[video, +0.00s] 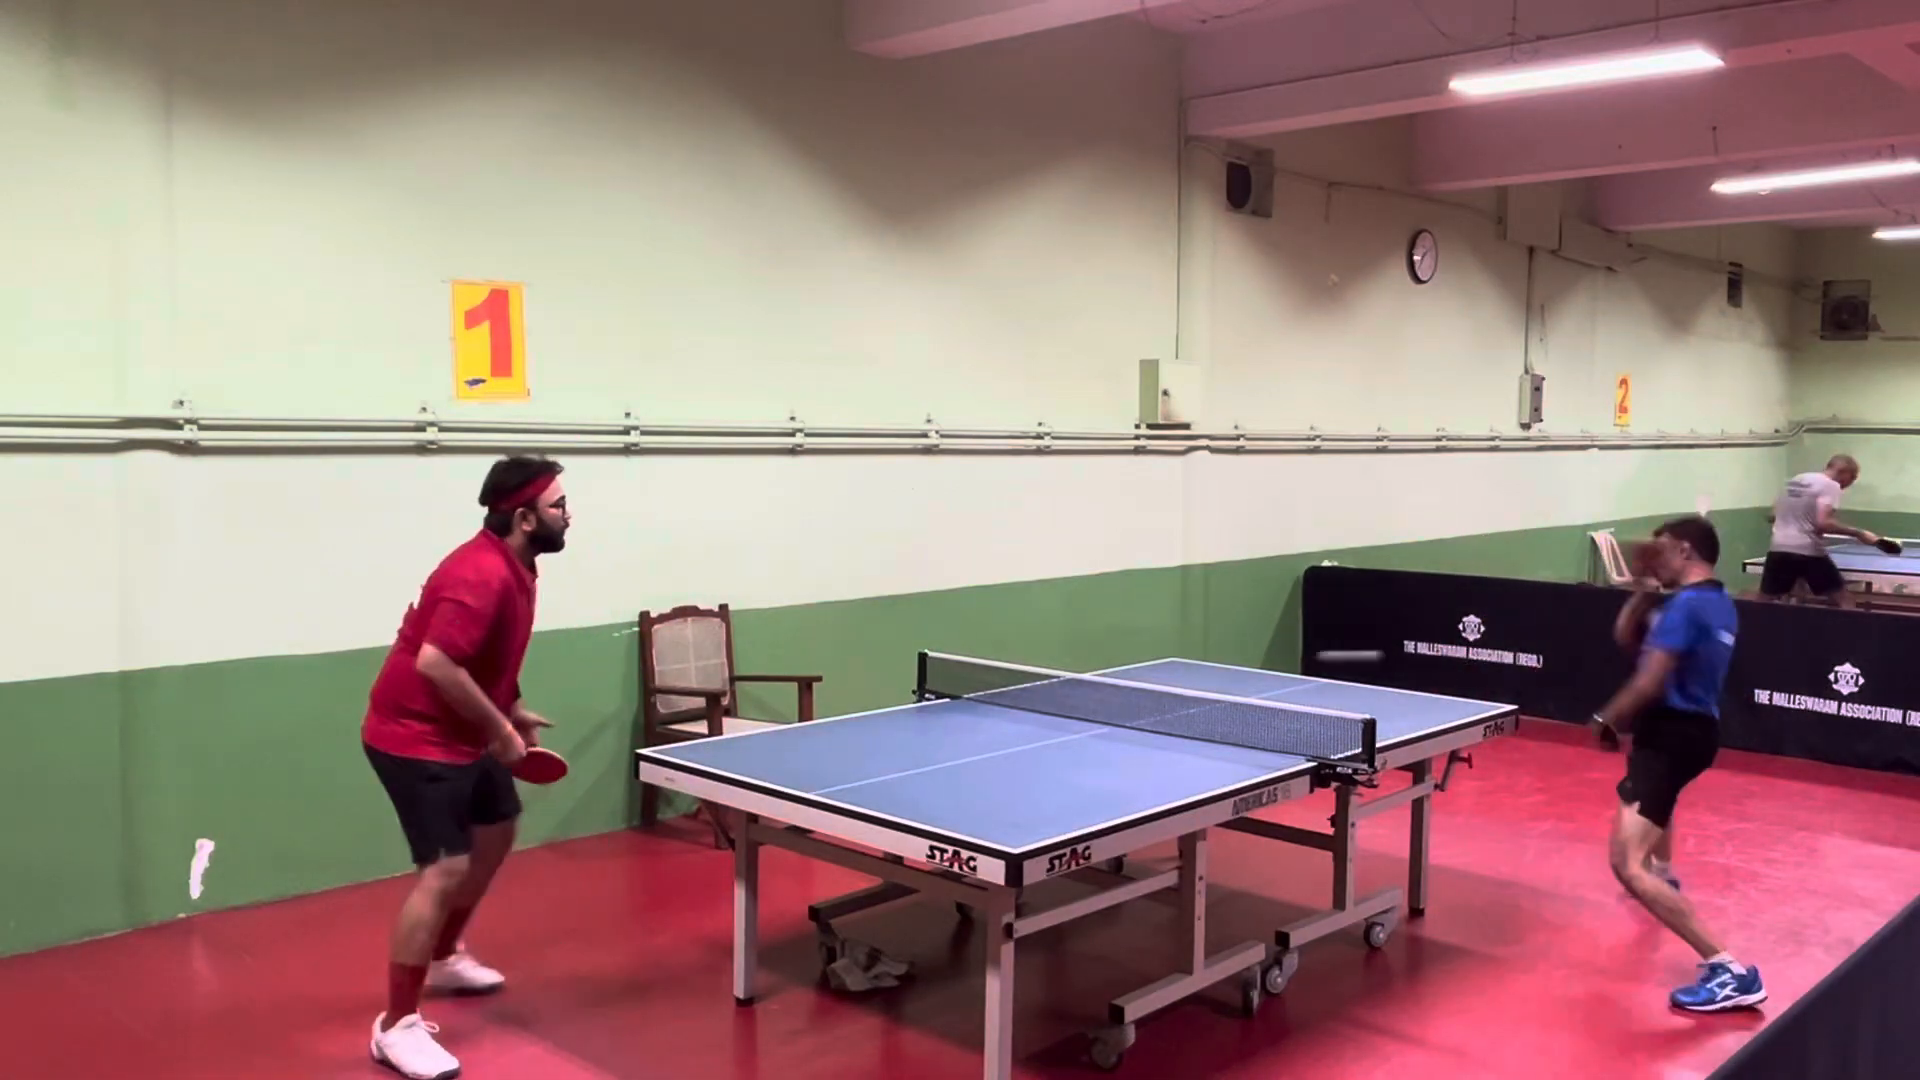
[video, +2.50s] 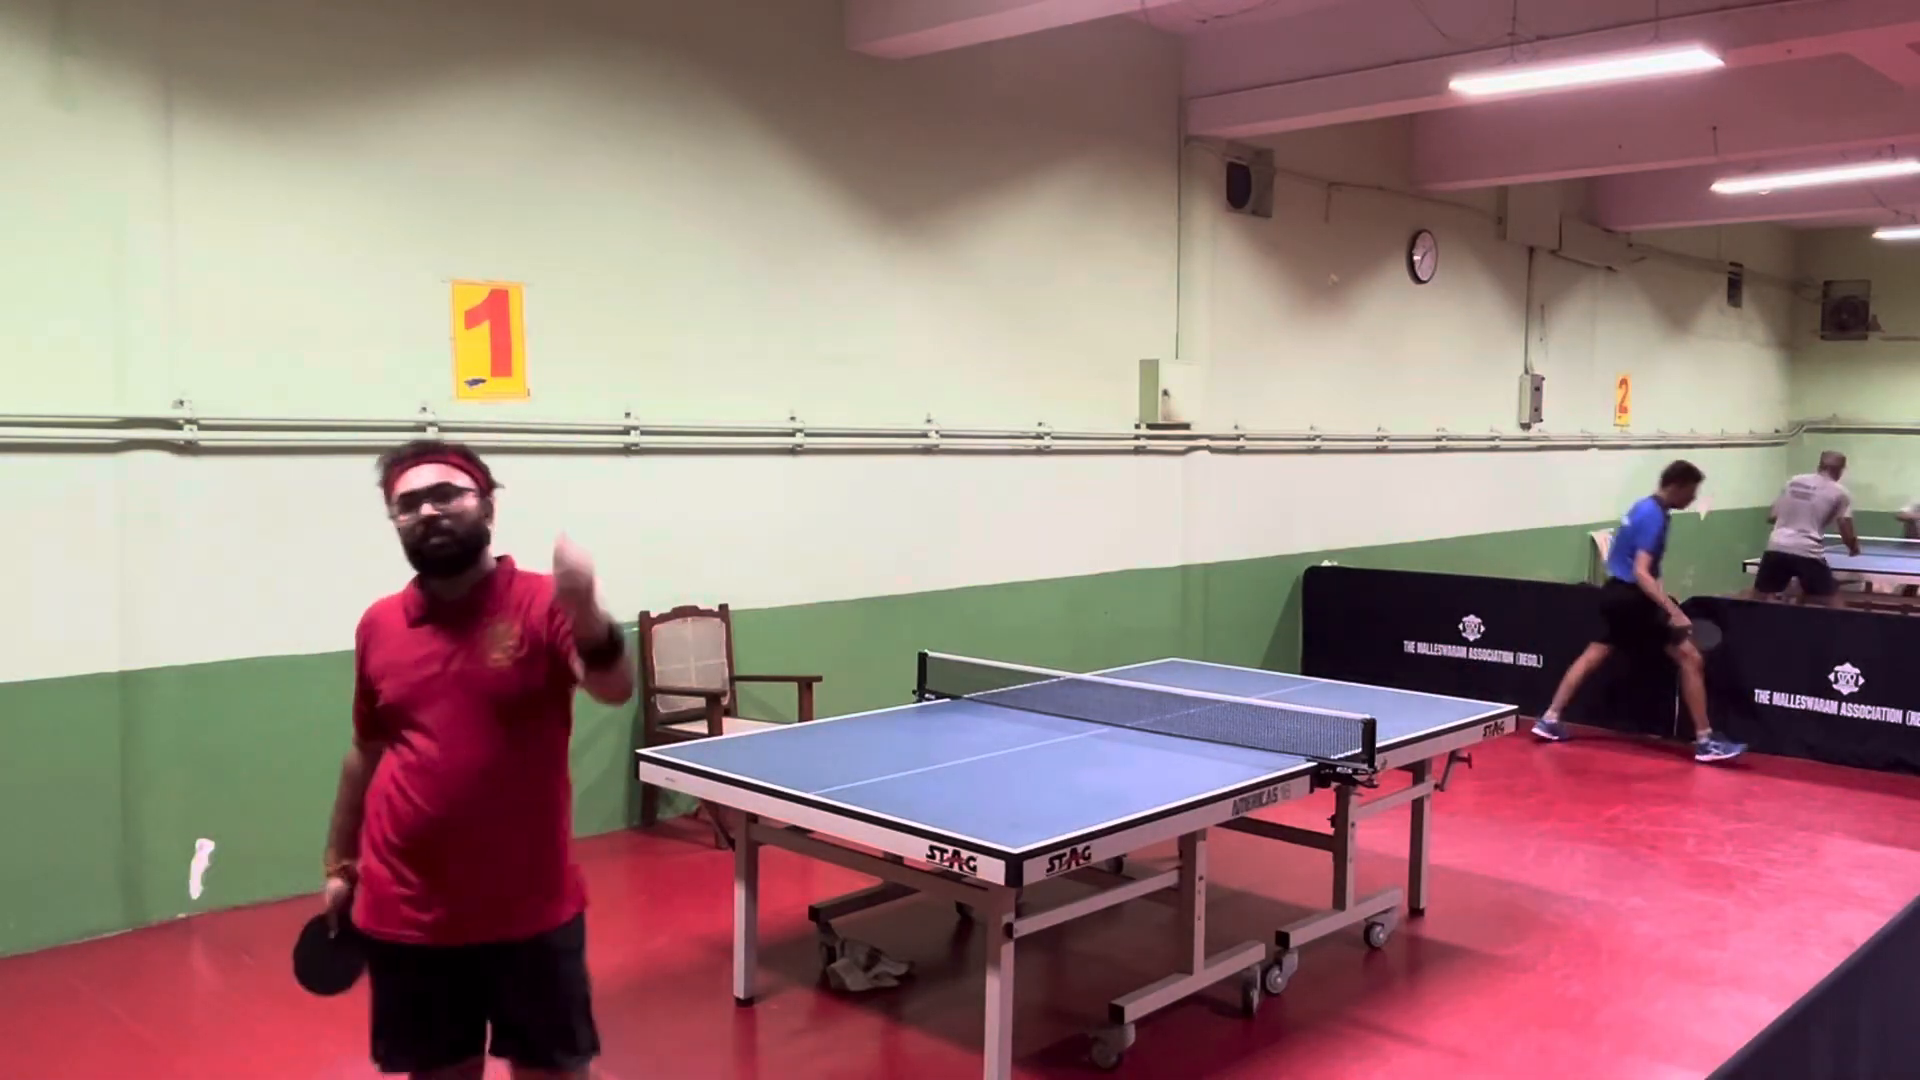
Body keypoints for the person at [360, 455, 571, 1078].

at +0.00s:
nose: (568, 513)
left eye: (565, 502)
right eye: (557, 505)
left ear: (521, 513)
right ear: (519, 515)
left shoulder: (517, 569)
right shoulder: (480, 574)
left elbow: (492, 654)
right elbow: (436, 661)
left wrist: (515, 713)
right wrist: (498, 731)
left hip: (464, 734)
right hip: (413, 737)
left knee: (494, 834)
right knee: (448, 865)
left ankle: (441, 956)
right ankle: (396, 1023)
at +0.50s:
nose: (521, 490)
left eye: (517, 478)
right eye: (511, 482)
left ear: (458, 494)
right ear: (479, 498)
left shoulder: (399, 518)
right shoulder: (481, 580)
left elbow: (342, 582)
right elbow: (515, 684)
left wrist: (361, 655)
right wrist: (574, 729)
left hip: (354, 723)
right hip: (412, 743)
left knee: (413, 830)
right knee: (436, 876)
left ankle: (400, 937)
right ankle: (376, 1037)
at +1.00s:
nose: (469, 491)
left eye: (464, 480)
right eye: (458, 484)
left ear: (408, 497)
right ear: (424, 498)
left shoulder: (364, 543)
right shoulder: (414, 577)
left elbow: (356, 653)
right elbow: (398, 687)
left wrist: (421, 728)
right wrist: (455, 750)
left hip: (315, 753)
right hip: (364, 765)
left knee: (337, 886)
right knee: (417, 895)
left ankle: (300, 1029)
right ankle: (367, 1065)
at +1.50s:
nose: (473, 474)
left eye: (467, 462)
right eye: (460, 466)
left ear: (424, 485)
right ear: (423, 486)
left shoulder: (430, 551)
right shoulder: (391, 567)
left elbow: (429, 669)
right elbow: (421, 682)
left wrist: (488, 719)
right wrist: (511, 722)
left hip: (444, 781)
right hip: (378, 797)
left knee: (487, 901)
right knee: (378, 945)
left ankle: (422, 1051)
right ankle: (347, 1075)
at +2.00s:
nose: (541, 490)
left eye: (545, 478)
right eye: (520, 481)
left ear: (552, 486)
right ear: (472, 503)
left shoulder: (564, 583)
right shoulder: (420, 589)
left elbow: (600, 671)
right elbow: (340, 694)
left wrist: (665, 732)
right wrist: (293, 815)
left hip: (539, 834)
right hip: (444, 839)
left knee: (542, 988)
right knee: (451, 996)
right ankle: (415, 1076)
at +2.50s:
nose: (430, 511)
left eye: (448, 494)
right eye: (410, 502)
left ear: (489, 505)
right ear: (394, 526)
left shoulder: (543, 600)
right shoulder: (381, 625)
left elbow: (615, 687)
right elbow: (366, 749)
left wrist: (591, 626)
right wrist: (341, 866)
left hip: (530, 901)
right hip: (410, 911)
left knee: (554, 1068)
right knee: (439, 1070)